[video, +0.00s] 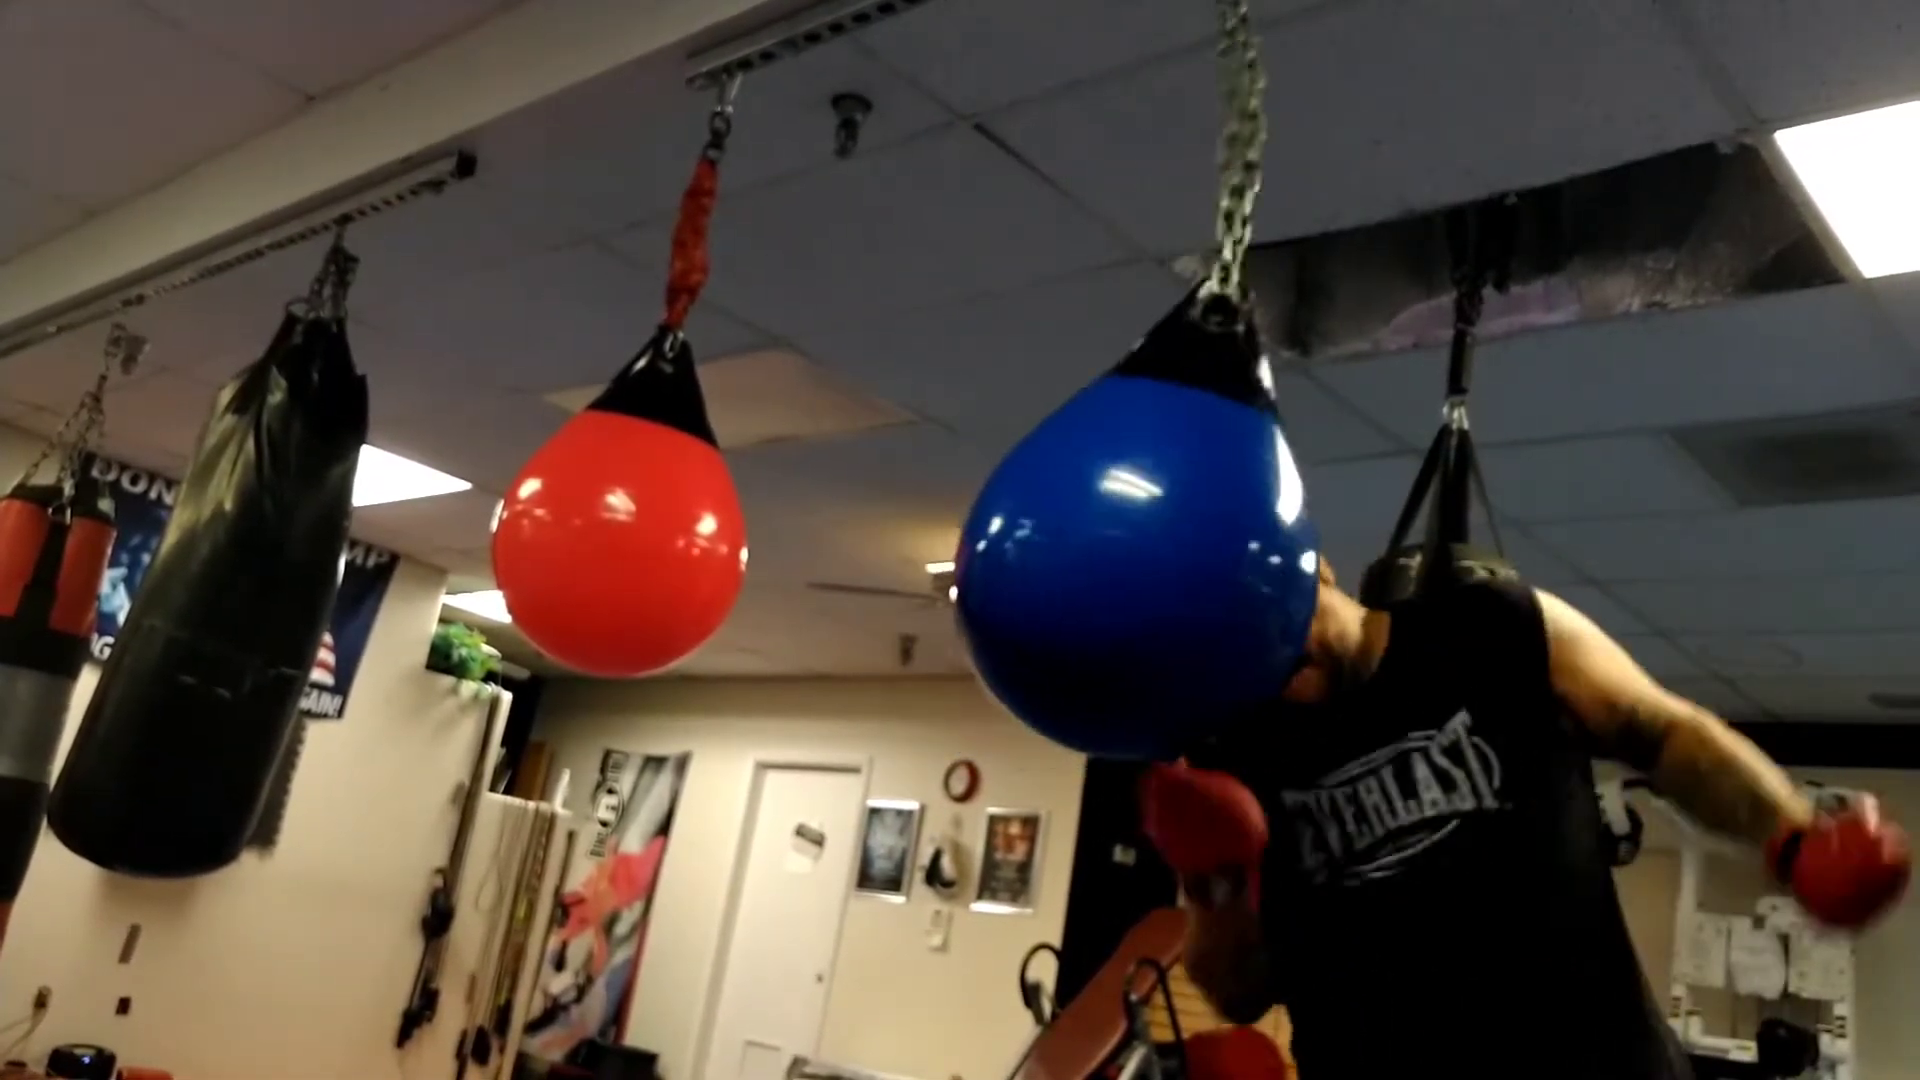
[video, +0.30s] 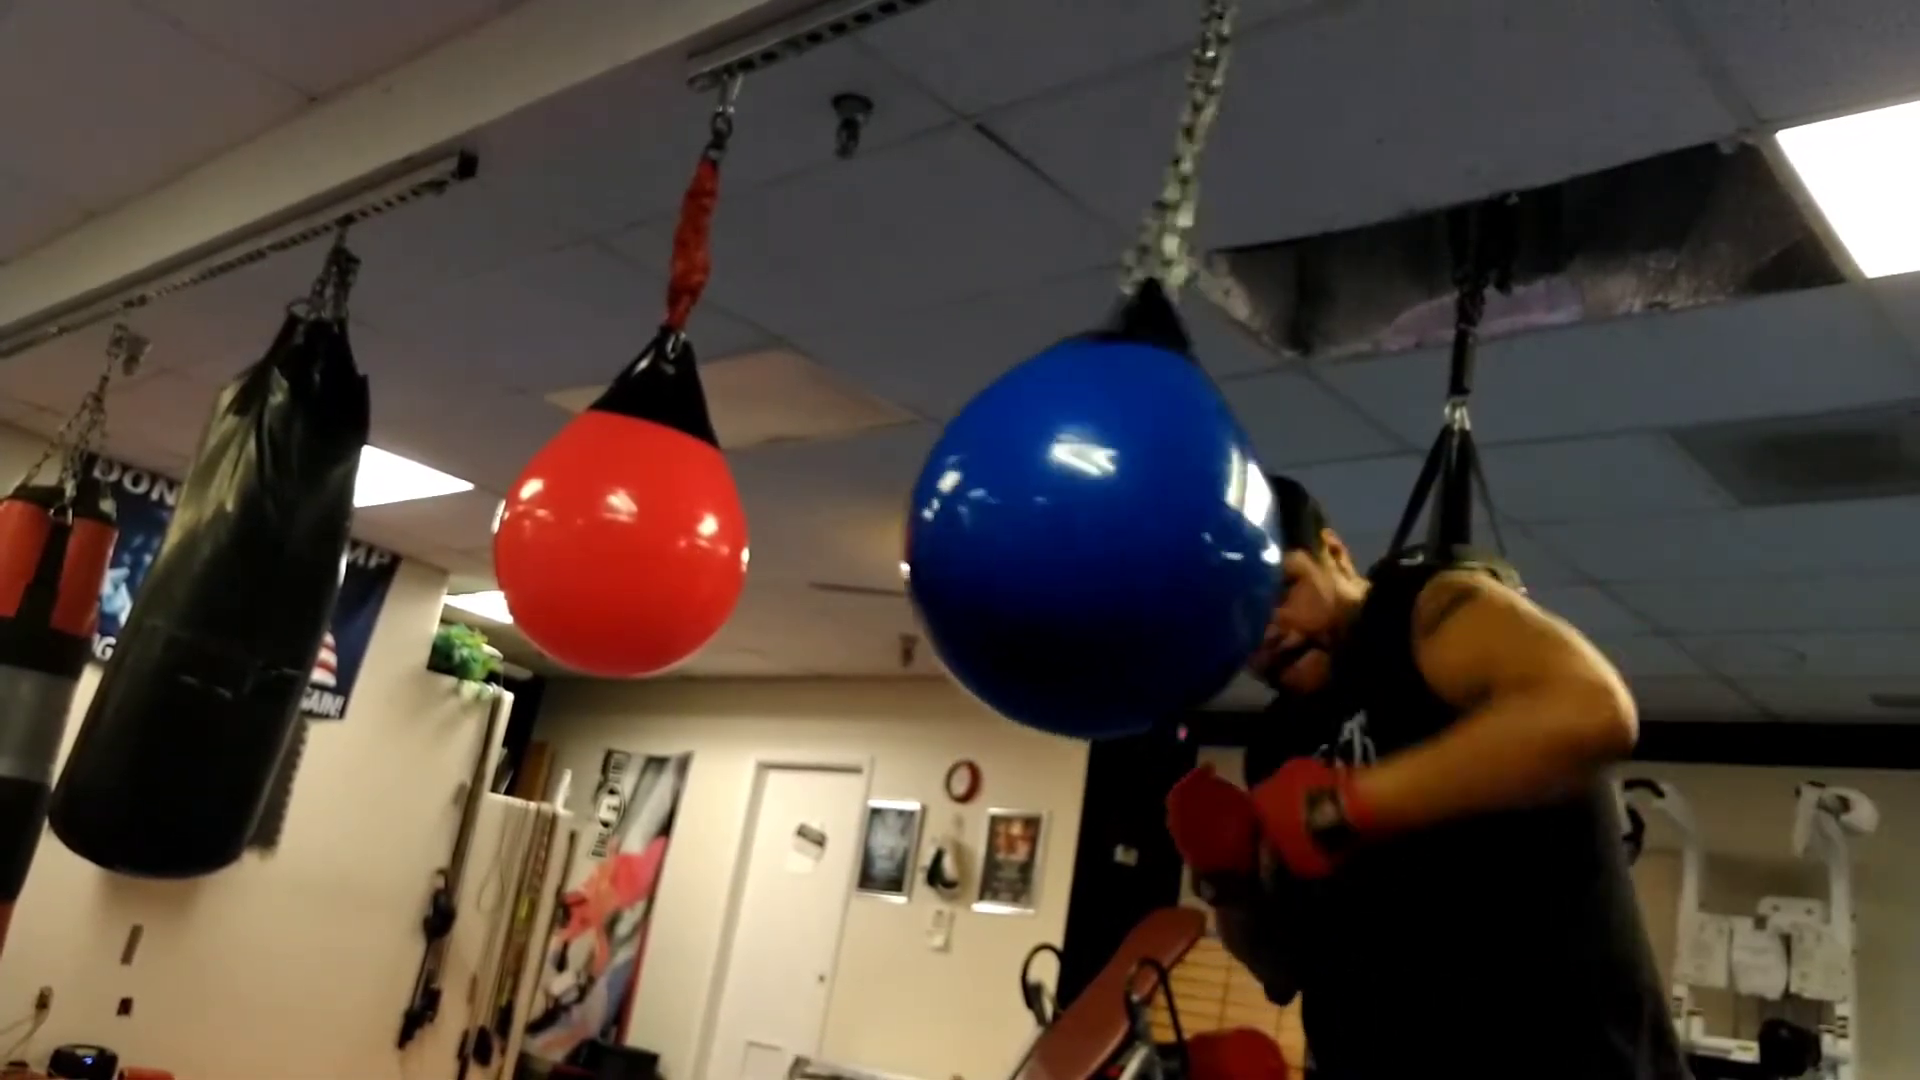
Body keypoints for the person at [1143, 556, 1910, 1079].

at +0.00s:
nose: (1287, 683)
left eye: (1287, 647)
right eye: (1252, 671)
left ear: (1304, 574)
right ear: (1207, 667)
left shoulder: (1489, 627)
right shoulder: (1231, 754)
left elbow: (1661, 737)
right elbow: (1233, 997)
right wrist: (1217, 889)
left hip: (1597, 1065)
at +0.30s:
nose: (1264, 633)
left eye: (1278, 592)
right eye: (1238, 615)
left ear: (1335, 557)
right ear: (1220, 630)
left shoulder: (1438, 608)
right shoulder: (1280, 740)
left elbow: (1590, 708)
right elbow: (1282, 971)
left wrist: (1354, 800)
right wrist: (1231, 880)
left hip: (1568, 1057)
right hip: (1383, 1076)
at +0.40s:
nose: (1258, 633)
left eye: (1273, 592)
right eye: (1231, 618)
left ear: (1341, 563)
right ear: (1222, 632)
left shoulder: (1480, 646)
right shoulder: (1299, 737)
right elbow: (1279, 967)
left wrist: (1360, 829)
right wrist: (1255, 862)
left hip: (1560, 1067)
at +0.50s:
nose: (1274, 641)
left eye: (1291, 601)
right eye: (1247, 623)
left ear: (1357, 570)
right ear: (1234, 631)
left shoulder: (1493, 659)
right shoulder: (1310, 738)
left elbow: (1622, 818)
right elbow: (1281, 965)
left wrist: (1375, 847)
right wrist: (1267, 876)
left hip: (1551, 1078)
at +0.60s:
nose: (1289, 636)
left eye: (1310, 597)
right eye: (1268, 614)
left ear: (1386, 568)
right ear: (1254, 617)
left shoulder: (1522, 665)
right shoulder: (1327, 725)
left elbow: (1632, 838)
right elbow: (1280, 934)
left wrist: (1391, 782)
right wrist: (1251, 870)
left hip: (1552, 1072)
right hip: (1376, 1074)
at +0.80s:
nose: (1326, 634)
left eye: (1338, 602)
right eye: (1313, 612)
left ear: (1422, 561)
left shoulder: (1594, 689)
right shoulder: (1388, 660)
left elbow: (1573, 890)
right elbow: (1289, 641)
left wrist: (1389, 736)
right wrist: (1173, 639)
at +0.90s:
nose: (1365, 617)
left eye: (1383, 583)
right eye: (1351, 592)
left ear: (1472, 550)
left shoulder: (1617, 699)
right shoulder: (1391, 643)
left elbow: (1583, 904)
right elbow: (1283, 656)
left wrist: (1406, 755)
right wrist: (1225, 674)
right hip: (1394, 1064)